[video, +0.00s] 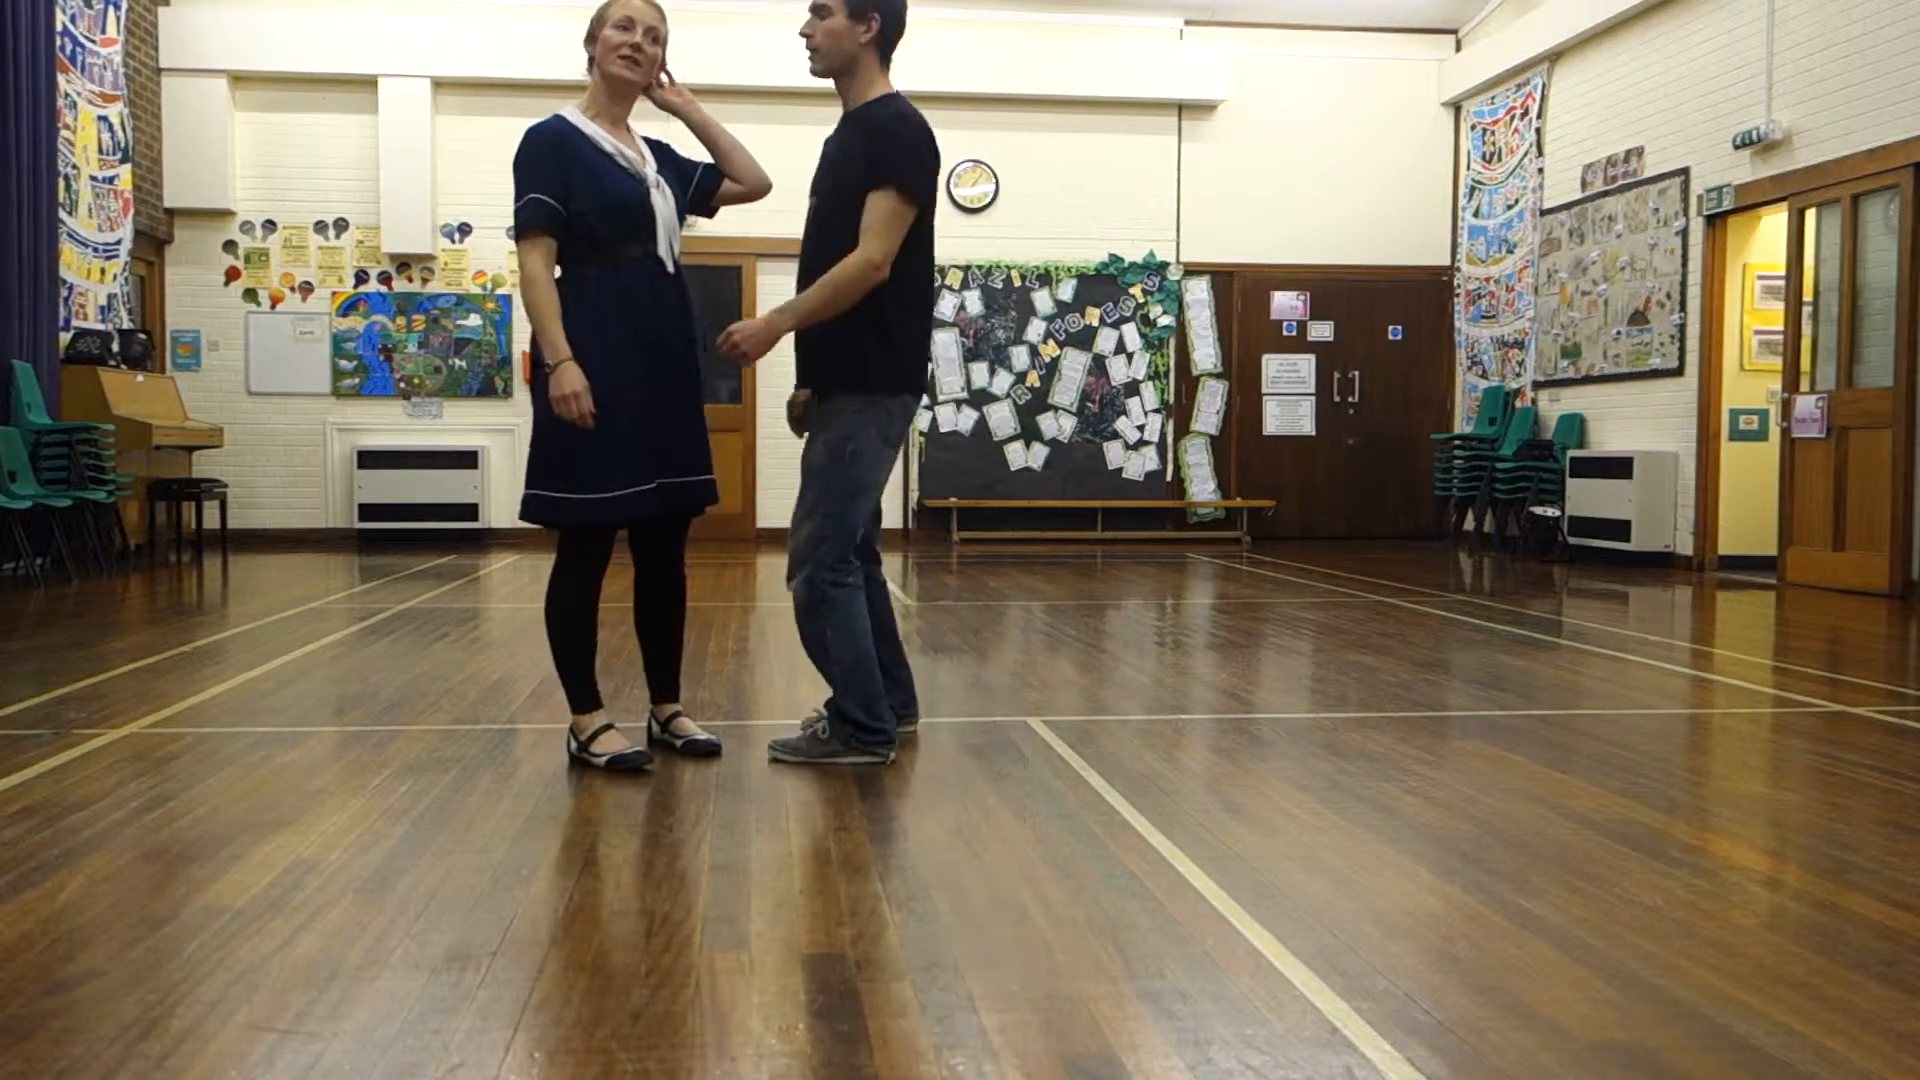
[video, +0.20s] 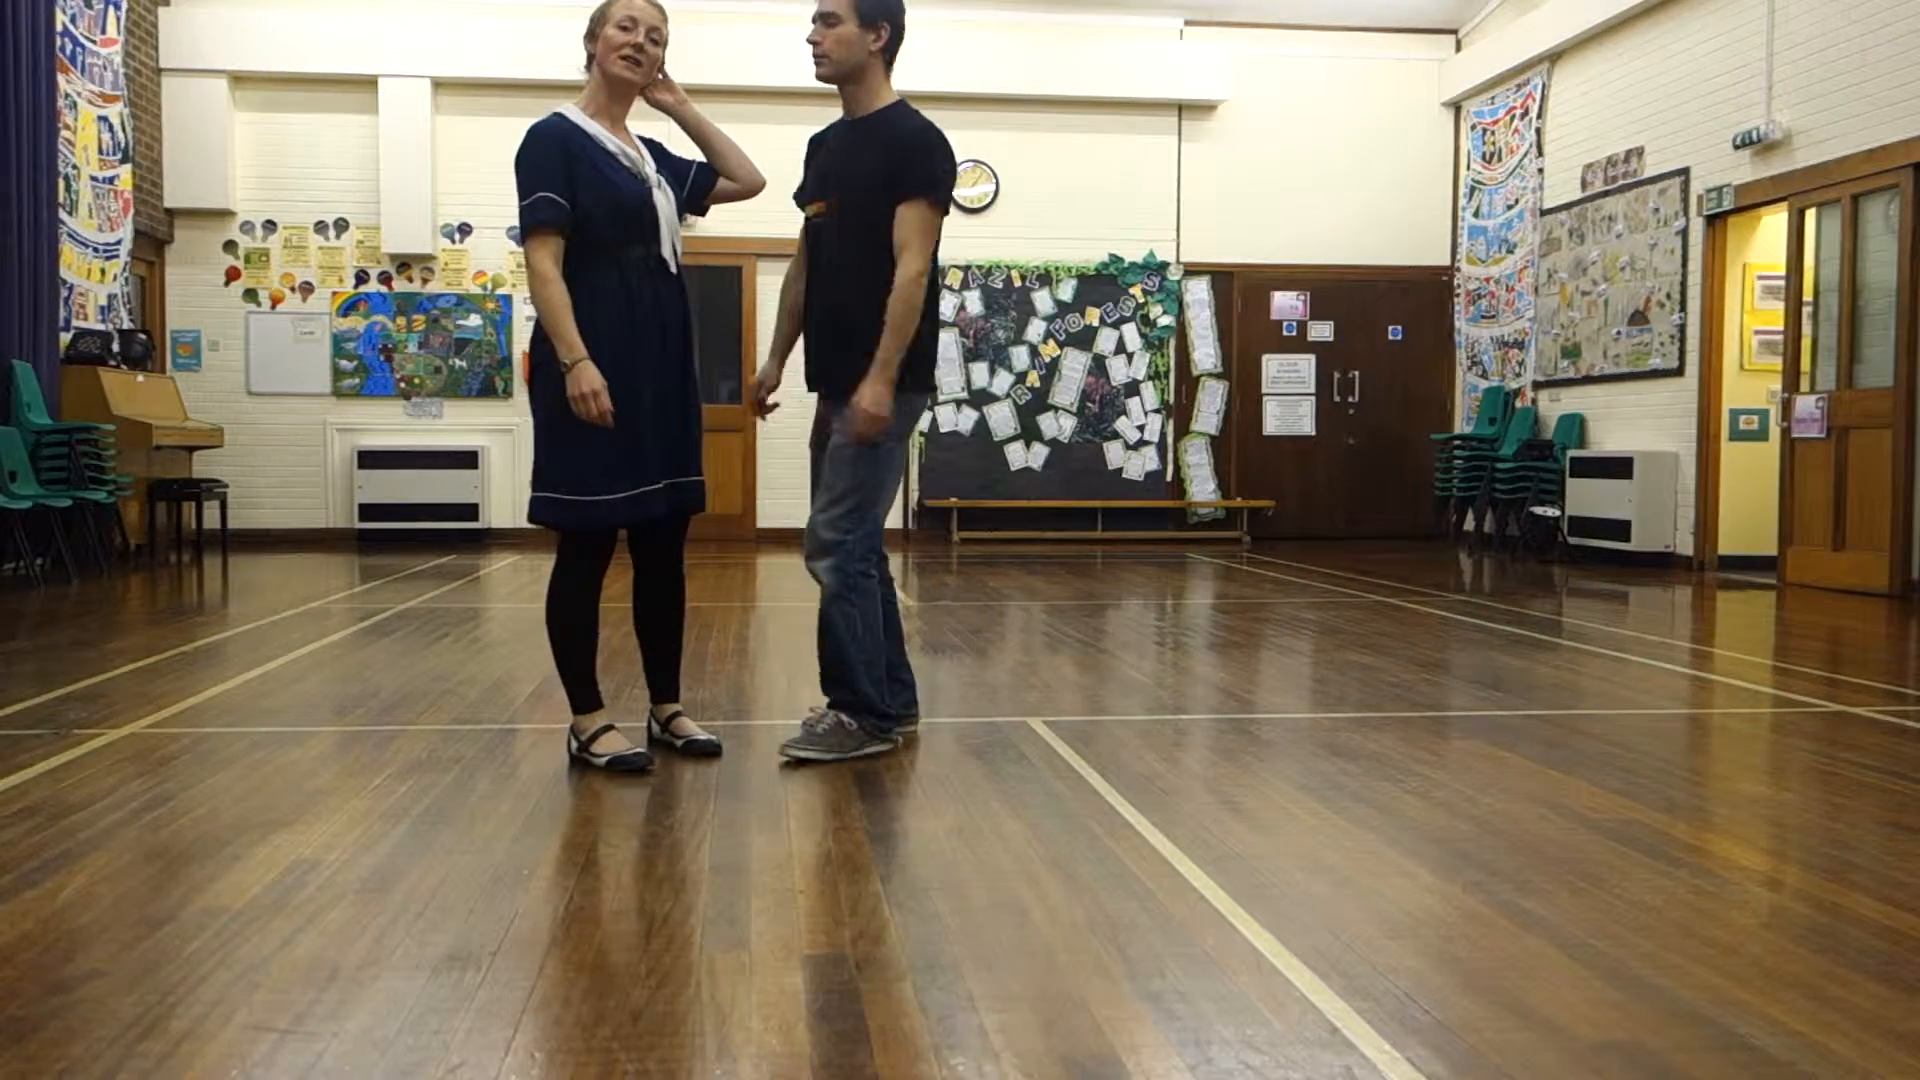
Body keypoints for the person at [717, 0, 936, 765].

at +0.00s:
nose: (806, 28)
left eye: (822, 15)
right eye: (809, 14)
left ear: (867, 29)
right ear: (852, 33)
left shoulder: (896, 129)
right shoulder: (851, 131)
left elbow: (873, 261)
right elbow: (840, 264)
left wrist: (774, 323)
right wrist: (814, 375)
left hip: (874, 380)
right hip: (845, 378)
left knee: (820, 559)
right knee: (847, 550)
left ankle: (862, 724)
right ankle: (888, 702)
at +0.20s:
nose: (812, 36)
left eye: (827, 23)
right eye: (814, 23)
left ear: (877, 37)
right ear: (856, 39)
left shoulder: (916, 139)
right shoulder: (825, 144)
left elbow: (913, 269)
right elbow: (808, 260)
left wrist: (882, 377)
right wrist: (775, 361)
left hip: (885, 379)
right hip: (838, 376)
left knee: (836, 542)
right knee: (851, 544)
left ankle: (864, 712)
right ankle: (889, 695)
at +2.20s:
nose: (821, 32)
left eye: (837, 18)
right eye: (823, 19)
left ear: (884, 31)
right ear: (868, 35)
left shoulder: (909, 126)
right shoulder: (870, 132)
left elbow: (901, 255)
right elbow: (847, 265)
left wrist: (846, 364)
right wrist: (812, 369)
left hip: (883, 376)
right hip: (859, 375)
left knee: (852, 555)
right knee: (841, 553)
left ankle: (887, 718)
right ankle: (872, 707)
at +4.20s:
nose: (830, 31)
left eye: (844, 16)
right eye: (833, 18)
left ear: (889, 26)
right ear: (887, 32)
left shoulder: (897, 110)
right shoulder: (904, 111)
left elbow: (857, 241)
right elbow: (873, 249)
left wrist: (754, 286)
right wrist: (790, 254)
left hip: (890, 370)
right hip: (897, 367)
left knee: (856, 554)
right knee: (871, 549)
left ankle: (881, 717)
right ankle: (914, 710)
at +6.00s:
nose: (833, 47)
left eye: (848, 34)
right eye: (835, 33)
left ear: (895, 48)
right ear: (875, 49)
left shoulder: (910, 129)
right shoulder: (880, 139)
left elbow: (927, 241)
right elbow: (878, 282)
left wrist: (822, 254)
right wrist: (793, 297)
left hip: (892, 383)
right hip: (880, 381)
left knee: (831, 552)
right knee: (877, 552)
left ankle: (855, 716)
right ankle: (914, 708)